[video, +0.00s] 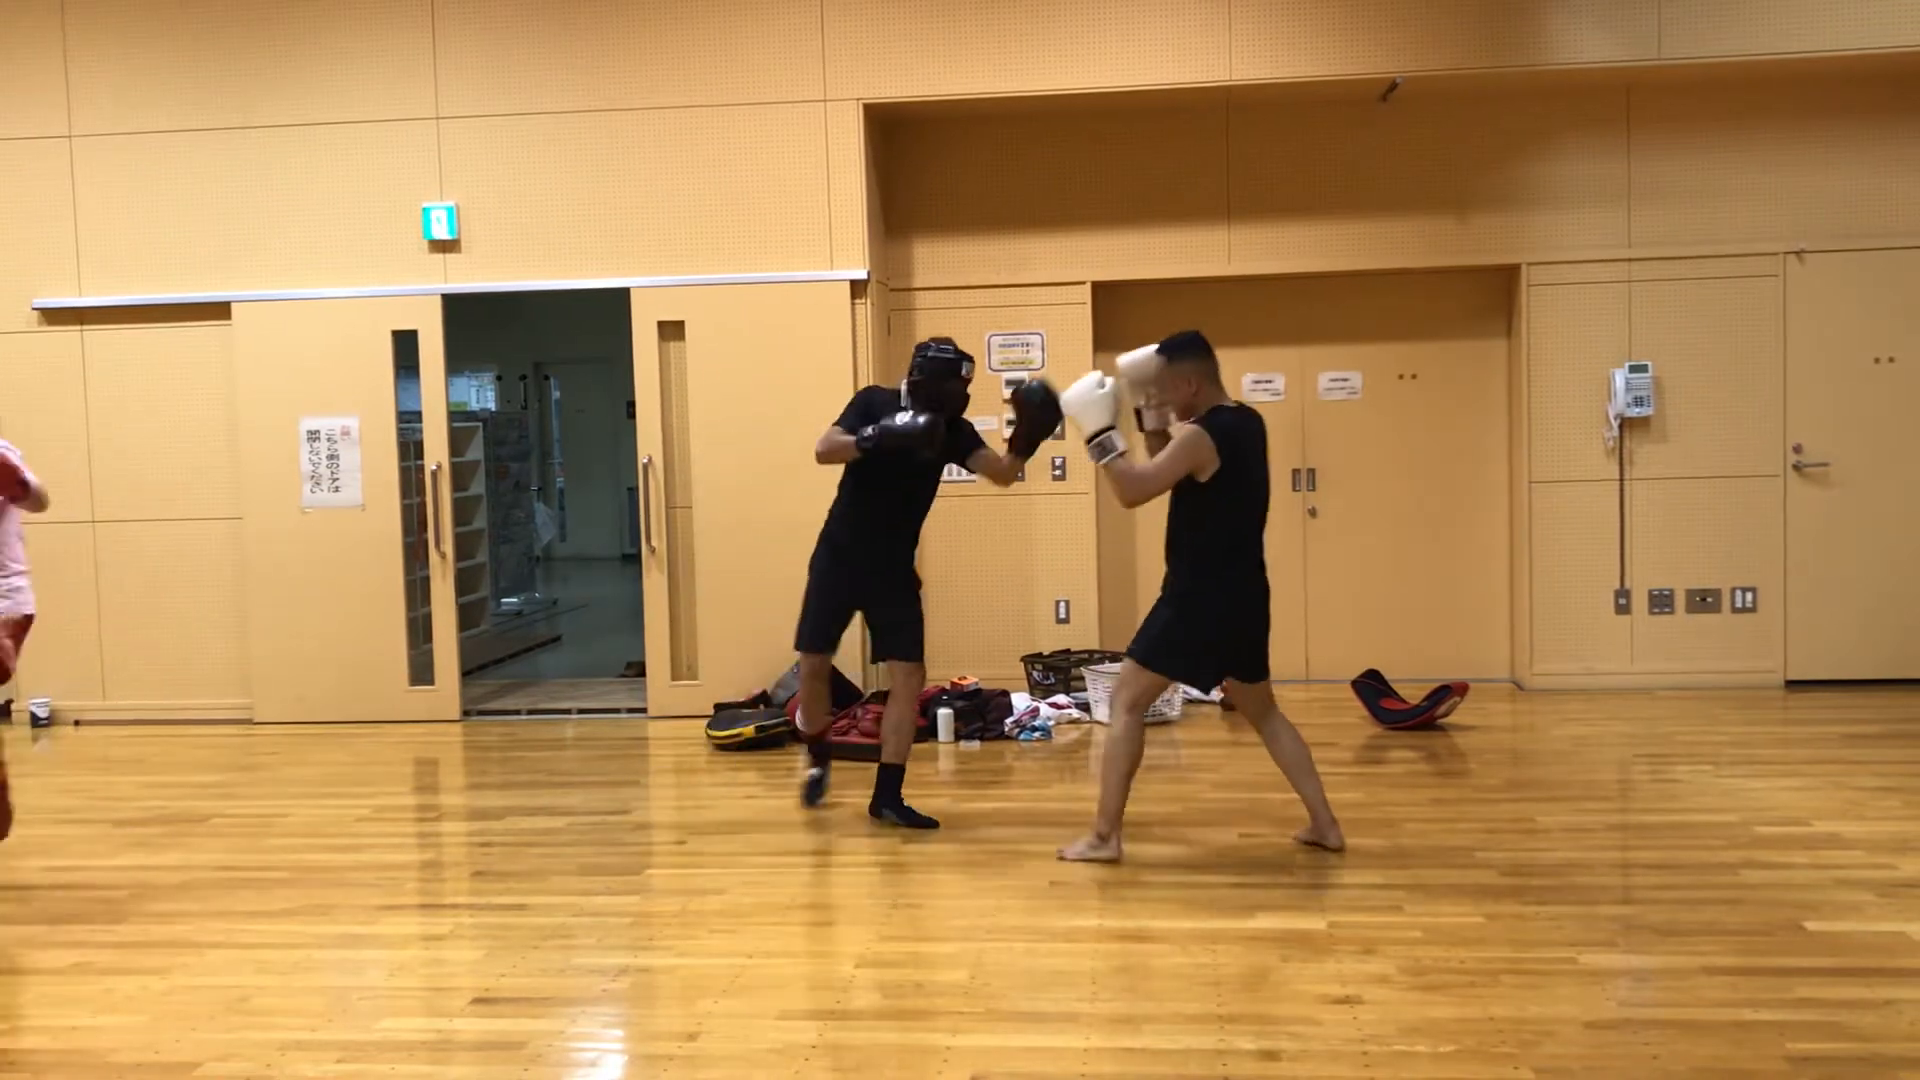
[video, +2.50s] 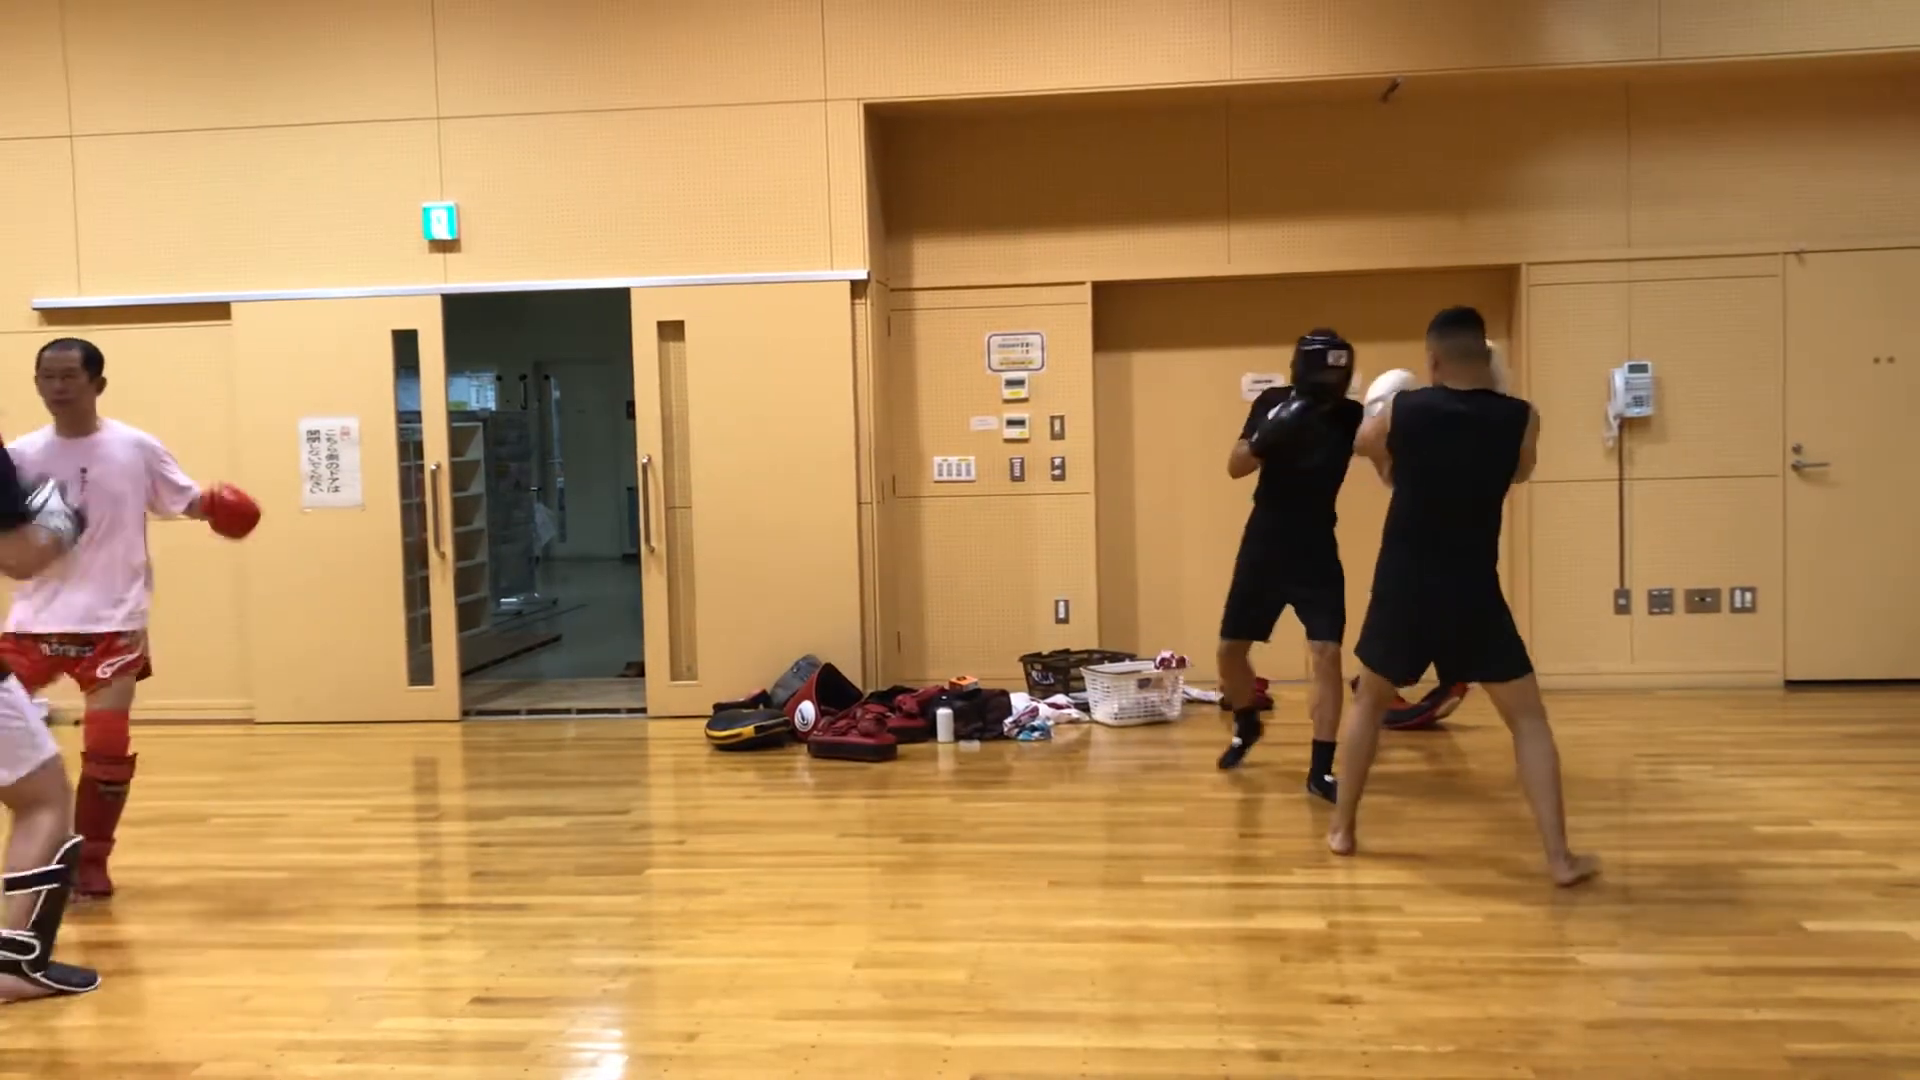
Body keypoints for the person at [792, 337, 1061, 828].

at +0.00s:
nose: (962, 393)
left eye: (965, 385)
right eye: (955, 384)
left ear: (961, 384)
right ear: (923, 380)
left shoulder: (952, 427)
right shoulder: (873, 404)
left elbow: (1002, 473)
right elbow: (824, 449)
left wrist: (1026, 435)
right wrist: (879, 435)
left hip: (895, 565)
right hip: (839, 556)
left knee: (907, 676)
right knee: (812, 663)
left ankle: (887, 797)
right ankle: (817, 762)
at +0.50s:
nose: (989, 392)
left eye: (994, 382)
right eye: (980, 382)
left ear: (997, 383)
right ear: (952, 382)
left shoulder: (1006, 429)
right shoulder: (921, 423)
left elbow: (1032, 501)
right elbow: (895, 493)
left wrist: (1019, 458)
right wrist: (930, 461)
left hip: (986, 559)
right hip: (934, 560)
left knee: (1031, 656)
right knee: (911, 662)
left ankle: (1083, 752)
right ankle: (912, 764)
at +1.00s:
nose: (1093, 390)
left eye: (1102, 380)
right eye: (1084, 381)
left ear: (1114, 375)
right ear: (1067, 377)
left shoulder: (1137, 410)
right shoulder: (1055, 416)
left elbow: (1169, 469)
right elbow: (1042, 493)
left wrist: (1144, 453)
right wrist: (1056, 464)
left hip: (1127, 541)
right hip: (1081, 544)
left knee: (1123, 652)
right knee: (1096, 657)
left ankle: (1112, 761)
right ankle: (1147, 730)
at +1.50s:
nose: (1209, 394)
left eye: (1219, 383)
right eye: (1201, 383)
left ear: (1233, 385)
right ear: (1184, 383)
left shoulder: (1244, 429)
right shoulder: (1161, 428)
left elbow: (1266, 501)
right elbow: (1136, 503)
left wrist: (1245, 455)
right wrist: (1158, 463)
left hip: (1233, 565)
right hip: (1177, 567)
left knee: (1270, 660)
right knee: (1151, 666)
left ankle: (1301, 769)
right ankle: (1167, 744)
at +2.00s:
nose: (1335, 419)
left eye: (1338, 412)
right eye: (1332, 410)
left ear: (1334, 417)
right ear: (1317, 405)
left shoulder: (1315, 458)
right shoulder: (1273, 423)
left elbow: (1301, 529)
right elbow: (1292, 428)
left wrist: (1336, 510)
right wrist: (1355, 401)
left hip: (1271, 565)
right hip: (1223, 562)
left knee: (1315, 657)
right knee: (1182, 665)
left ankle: (1316, 773)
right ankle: (1141, 745)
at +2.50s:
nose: (1332, 383)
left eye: (1340, 374)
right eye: (1322, 373)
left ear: (1348, 374)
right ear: (1300, 370)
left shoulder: (1352, 417)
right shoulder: (1274, 403)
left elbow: (1389, 468)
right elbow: (1236, 467)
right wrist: (1272, 431)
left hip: (1316, 543)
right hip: (1266, 540)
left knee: (1327, 654)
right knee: (1230, 651)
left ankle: (1321, 771)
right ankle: (1246, 725)